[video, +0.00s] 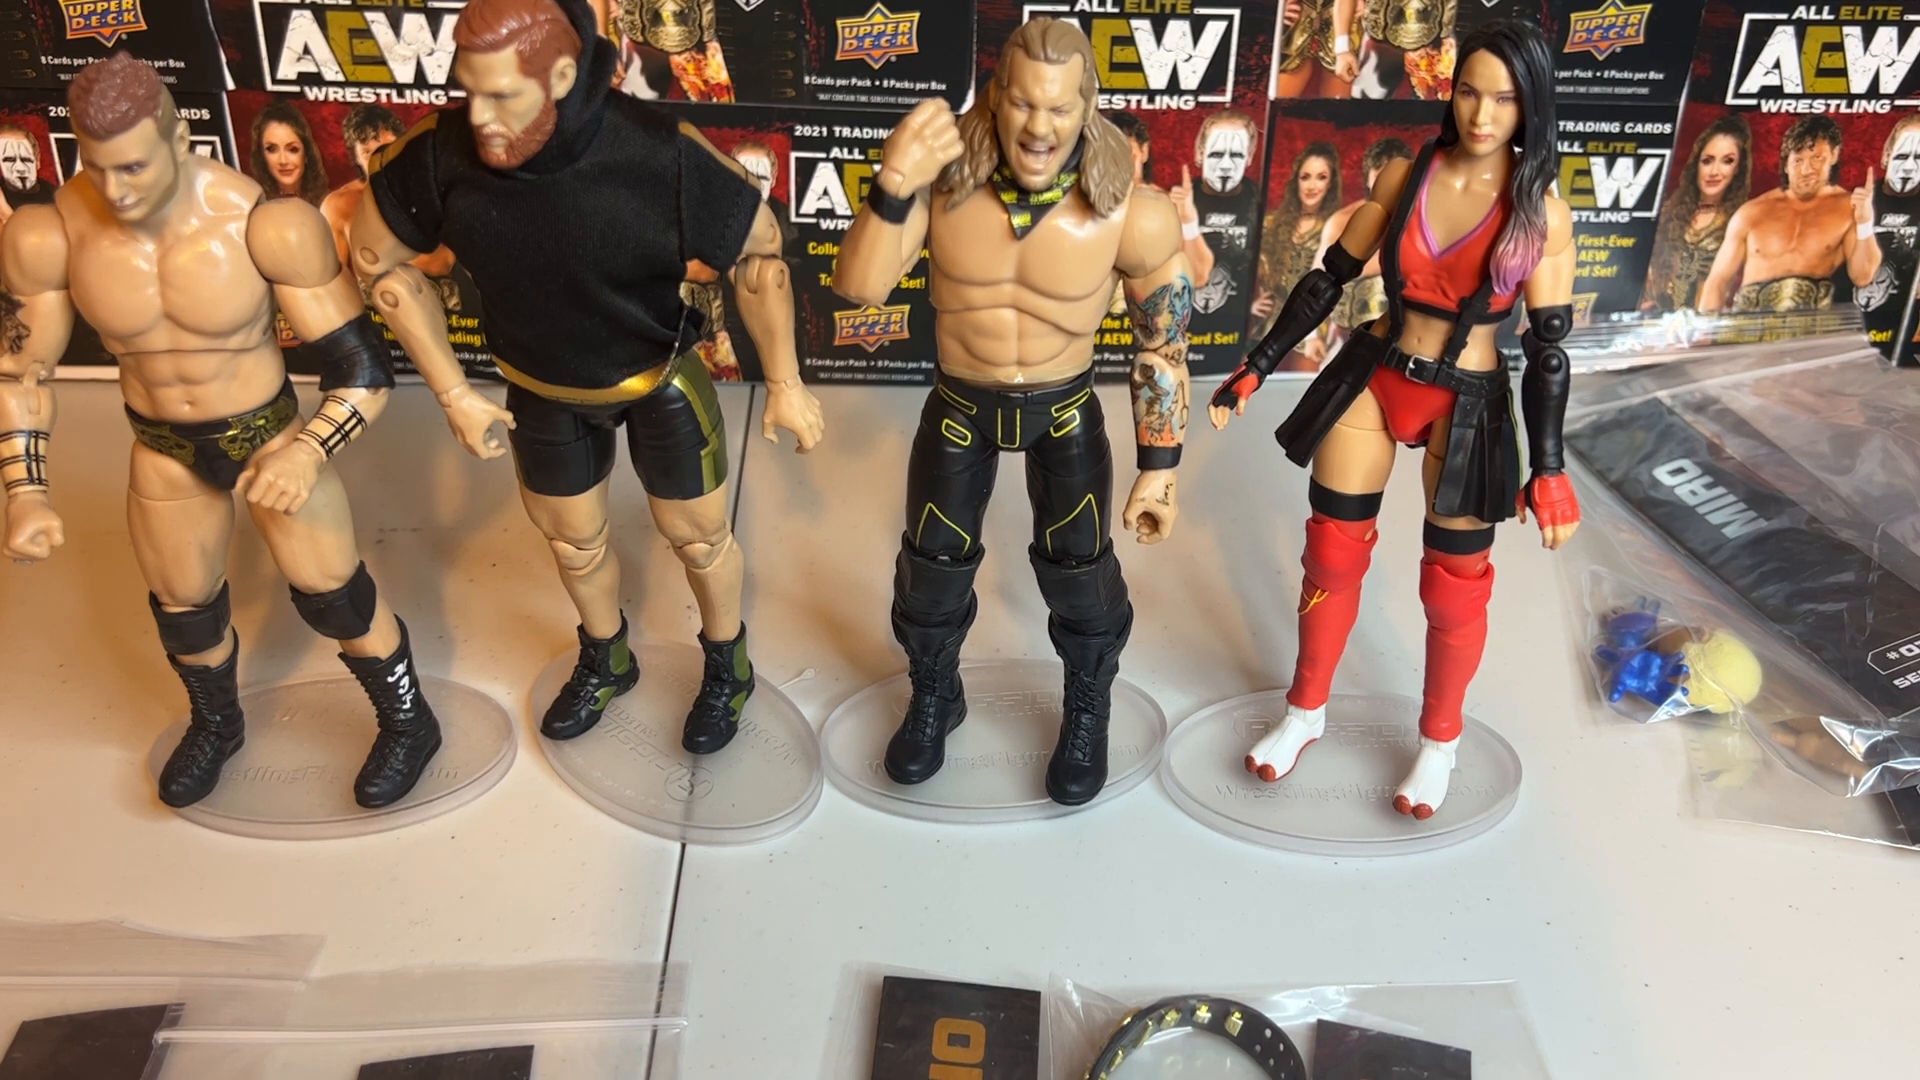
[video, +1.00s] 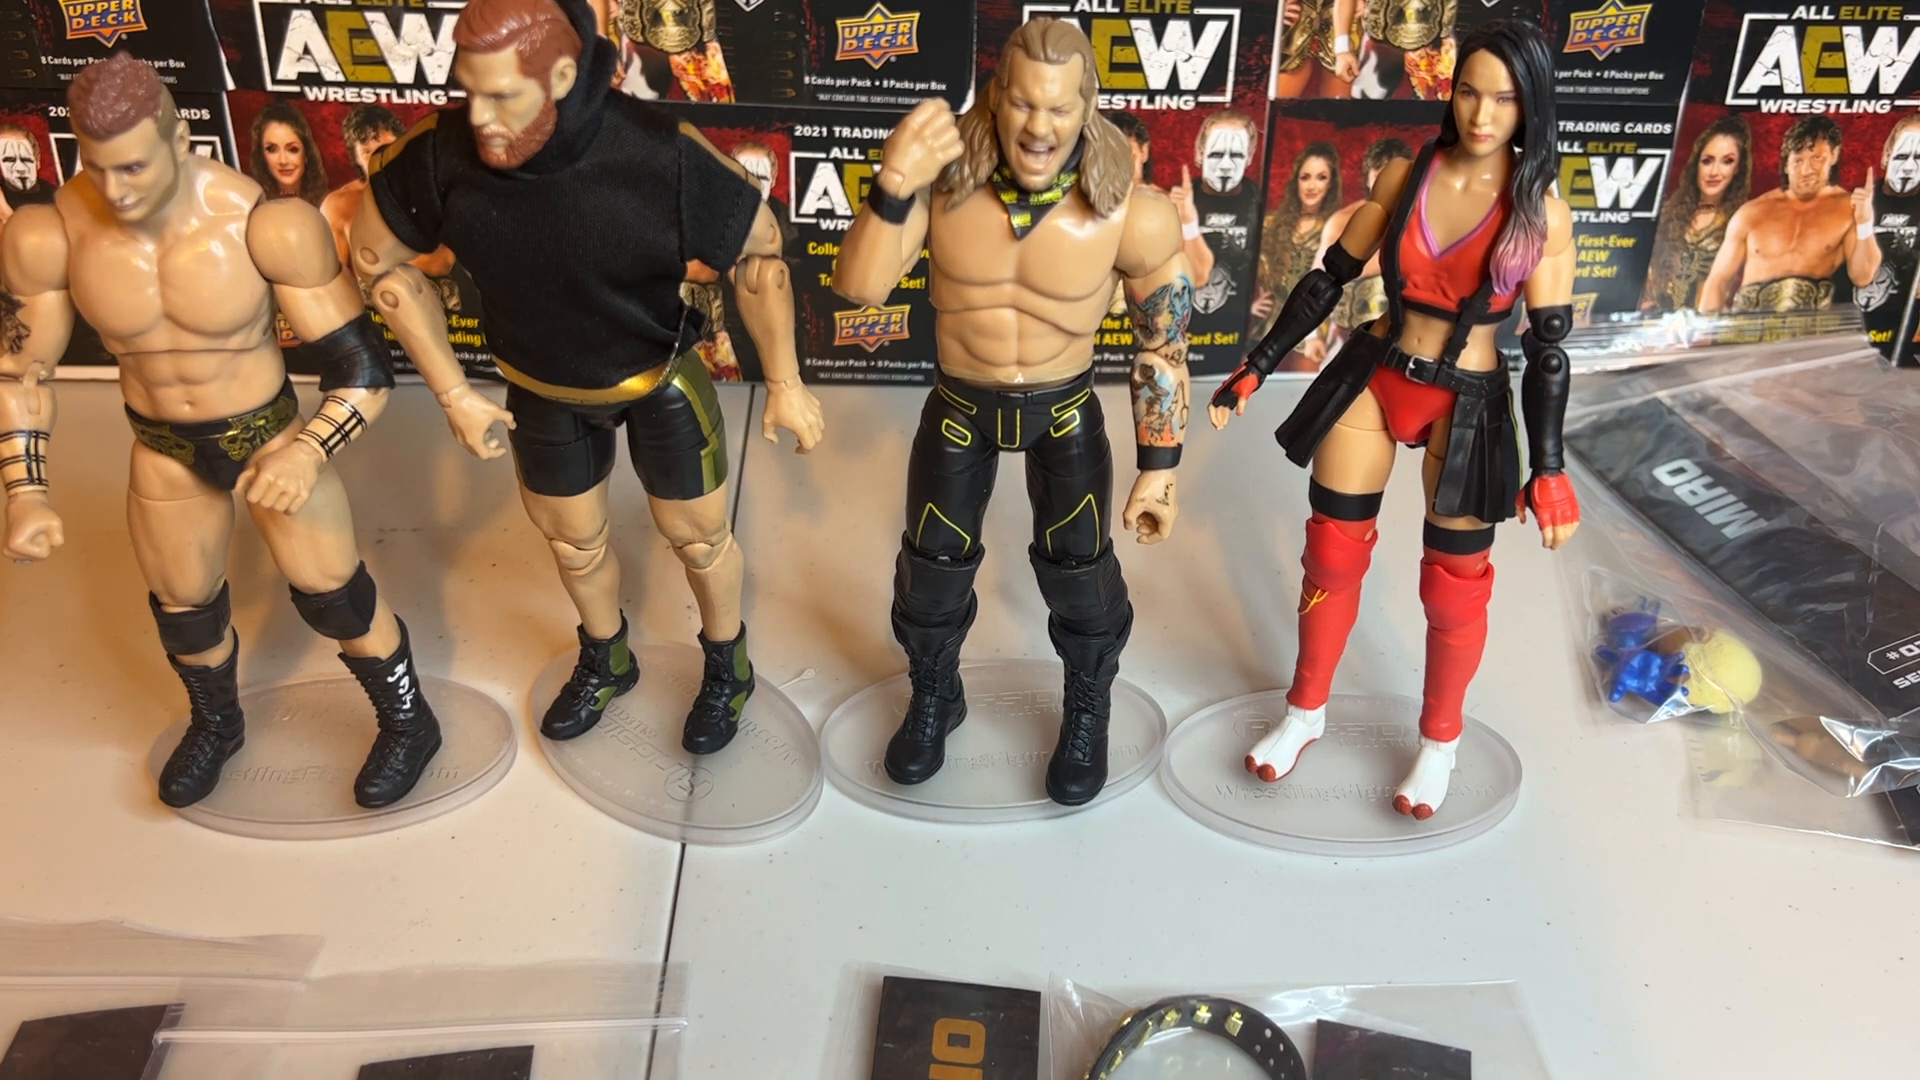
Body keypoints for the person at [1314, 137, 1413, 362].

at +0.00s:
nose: (1389, 181)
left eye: (1397, 174)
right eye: (1382, 172)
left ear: (1410, 177)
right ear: (1368, 175)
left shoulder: (1417, 216)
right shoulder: (1343, 221)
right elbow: (1321, 277)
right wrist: (1314, 334)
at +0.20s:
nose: (1389, 182)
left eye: (1397, 174)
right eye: (1381, 173)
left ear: (1410, 177)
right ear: (1367, 176)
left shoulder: (1417, 216)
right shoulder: (1343, 221)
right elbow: (1321, 277)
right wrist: (1314, 334)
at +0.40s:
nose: (1388, 180)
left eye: (1396, 173)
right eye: (1381, 171)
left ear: (1410, 177)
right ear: (1368, 174)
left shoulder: (1416, 216)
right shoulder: (1343, 220)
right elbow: (1321, 276)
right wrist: (1314, 333)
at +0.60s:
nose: (1388, 181)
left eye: (1396, 174)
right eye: (1381, 172)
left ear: (1410, 177)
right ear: (1368, 175)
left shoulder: (1416, 216)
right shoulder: (1343, 220)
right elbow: (1321, 276)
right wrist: (1314, 334)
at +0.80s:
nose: (1388, 181)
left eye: (1396, 174)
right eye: (1381, 172)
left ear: (1410, 177)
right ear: (1368, 175)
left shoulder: (1416, 216)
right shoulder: (1343, 220)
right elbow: (1321, 276)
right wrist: (1314, 334)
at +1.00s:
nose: (1388, 182)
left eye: (1396, 174)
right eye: (1381, 173)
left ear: (1410, 177)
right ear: (1368, 176)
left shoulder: (1417, 216)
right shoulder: (1344, 220)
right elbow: (1321, 277)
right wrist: (1314, 334)